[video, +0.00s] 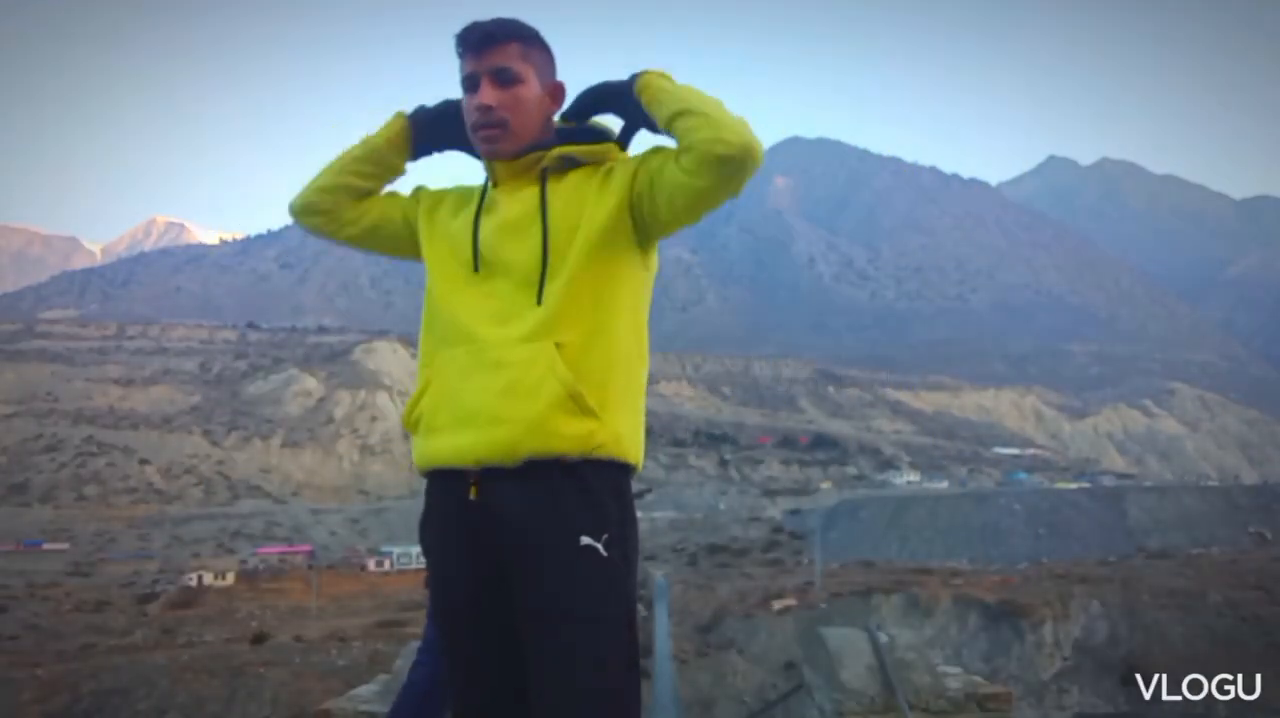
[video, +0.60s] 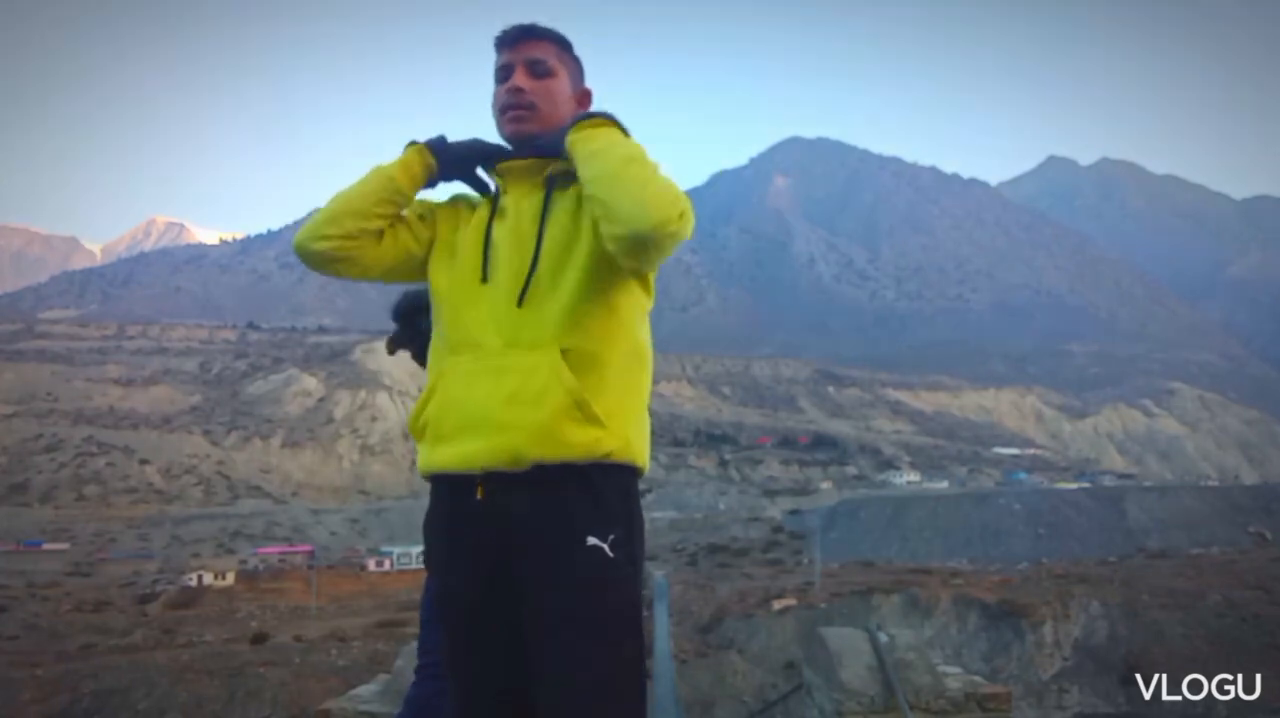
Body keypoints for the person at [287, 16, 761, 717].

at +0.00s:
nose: (483, 98)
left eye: (504, 78)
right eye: (470, 84)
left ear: (554, 96)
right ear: (460, 106)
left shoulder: (616, 187)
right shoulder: (439, 212)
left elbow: (730, 151)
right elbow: (319, 207)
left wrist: (645, 88)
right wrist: (410, 132)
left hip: (574, 496)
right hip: (457, 500)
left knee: (587, 698)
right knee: (474, 696)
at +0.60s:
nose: (515, 84)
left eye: (538, 71)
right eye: (503, 75)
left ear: (580, 98)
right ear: (491, 100)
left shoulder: (609, 189)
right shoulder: (454, 222)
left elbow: (650, 225)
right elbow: (321, 243)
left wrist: (588, 126)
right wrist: (423, 160)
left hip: (579, 499)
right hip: (462, 501)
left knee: (587, 697)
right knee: (460, 695)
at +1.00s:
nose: (516, 92)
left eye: (537, 77)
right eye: (502, 82)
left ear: (577, 98)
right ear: (489, 106)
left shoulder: (611, 196)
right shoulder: (449, 223)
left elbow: (725, 283)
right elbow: (337, 328)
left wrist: (622, 167)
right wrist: (325, 227)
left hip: (579, 498)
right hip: (460, 501)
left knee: (589, 697)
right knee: (458, 695)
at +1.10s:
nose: (507, 92)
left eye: (527, 75)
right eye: (492, 81)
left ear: (569, 92)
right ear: (480, 103)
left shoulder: (623, 187)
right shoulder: (445, 222)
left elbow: (767, 288)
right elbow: (357, 330)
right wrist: (257, 277)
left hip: (579, 494)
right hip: (458, 501)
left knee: (586, 698)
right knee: (461, 697)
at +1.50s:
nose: (506, 104)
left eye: (526, 85)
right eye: (491, 90)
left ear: (568, 93)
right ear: (478, 103)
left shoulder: (619, 183)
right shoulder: (451, 225)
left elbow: (761, 296)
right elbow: (368, 344)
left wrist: (724, 236)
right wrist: (261, 314)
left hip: (577, 486)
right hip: (462, 495)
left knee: (583, 697)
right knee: (476, 694)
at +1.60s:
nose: (520, 115)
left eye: (539, 97)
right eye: (505, 102)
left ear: (579, 102)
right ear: (493, 113)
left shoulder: (619, 183)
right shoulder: (463, 231)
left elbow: (669, 279)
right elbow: (364, 334)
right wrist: (298, 305)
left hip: (579, 492)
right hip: (466, 498)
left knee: (586, 695)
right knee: (477, 692)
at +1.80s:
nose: (518, 113)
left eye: (537, 94)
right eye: (503, 100)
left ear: (580, 97)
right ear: (492, 110)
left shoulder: (617, 177)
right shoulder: (476, 227)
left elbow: (671, 280)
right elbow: (381, 341)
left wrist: (525, 255)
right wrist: (294, 321)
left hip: (589, 489)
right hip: (474, 497)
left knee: (597, 696)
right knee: (495, 697)